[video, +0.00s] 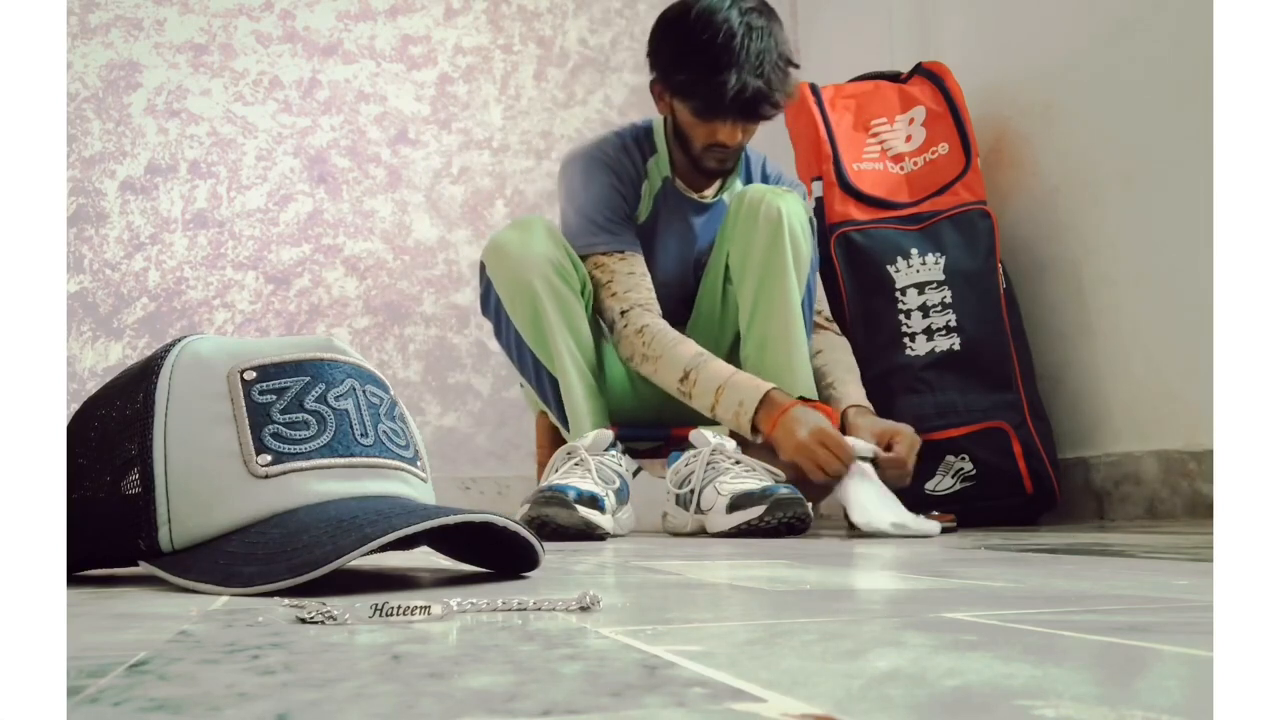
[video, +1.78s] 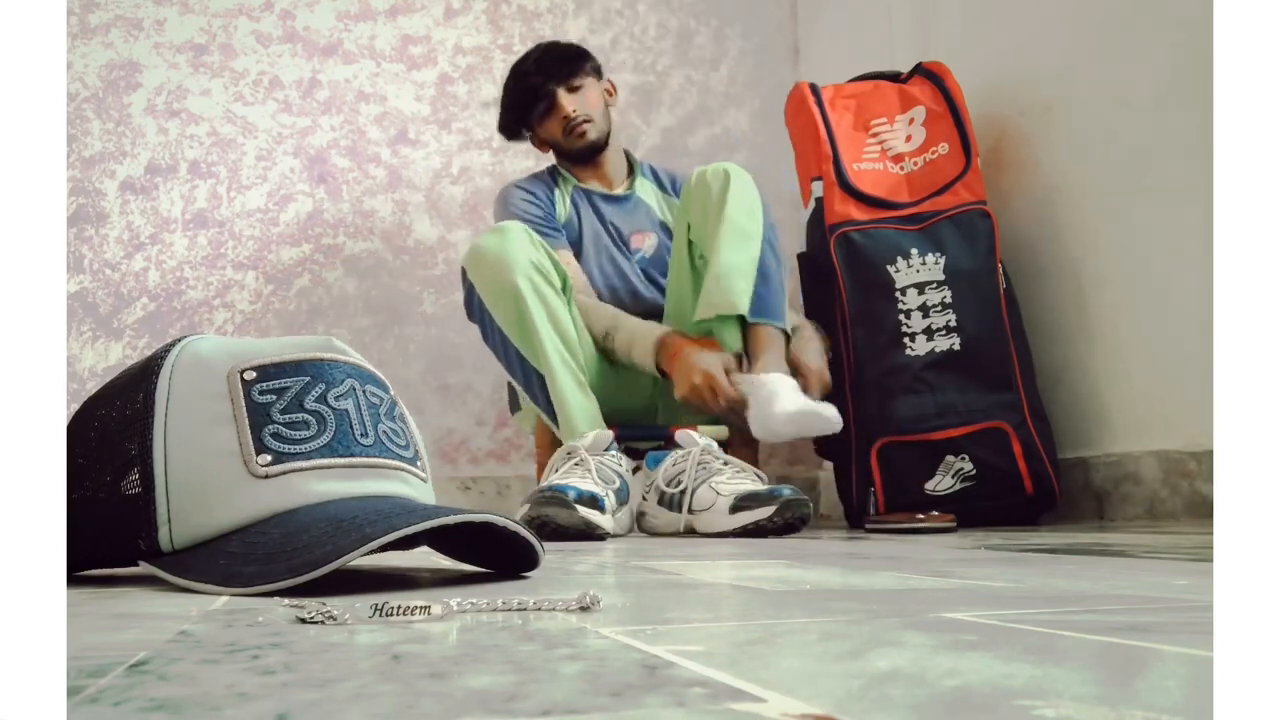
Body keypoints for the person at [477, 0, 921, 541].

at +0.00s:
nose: (730, 138)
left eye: (747, 119)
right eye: (709, 116)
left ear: (766, 106)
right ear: (663, 96)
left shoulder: (774, 189)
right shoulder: (599, 170)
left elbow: (819, 326)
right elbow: (639, 332)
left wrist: (857, 417)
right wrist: (772, 411)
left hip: (717, 388)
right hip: (615, 382)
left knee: (773, 207)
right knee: (518, 243)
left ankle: (723, 457)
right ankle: (591, 454)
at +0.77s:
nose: (690, 99)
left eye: (703, 77)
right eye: (667, 79)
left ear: (719, 79)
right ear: (623, 85)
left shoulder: (745, 187)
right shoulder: (577, 177)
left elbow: (801, 323)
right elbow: (625, 329)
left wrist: (834, 428)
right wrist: (728, 428)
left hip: (707, 383)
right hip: (608, 381)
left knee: (761, 204)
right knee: (511, 248)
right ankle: (592, 455)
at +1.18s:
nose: (626, 90)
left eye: (637, 67)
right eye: (601, 82)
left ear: (663, 75)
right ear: (578, 112)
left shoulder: (710, 188)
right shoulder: (553, 191)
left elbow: (755, 330)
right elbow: (611, 330)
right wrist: (701, 412)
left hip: (697, 379)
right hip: (597, 379)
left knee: (741, 187)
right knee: (496, 253)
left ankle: (720, 460)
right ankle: (591, 460)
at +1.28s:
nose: (613, 91)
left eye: (622, 71)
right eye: (589, 85)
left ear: (647, 81)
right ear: (567, 118)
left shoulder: (703, 190)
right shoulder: (547, 195)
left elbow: (765, 319)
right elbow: (606, 321)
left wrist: (814, 414)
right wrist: (695, 404)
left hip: (694, 379)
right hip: (594, 382)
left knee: (728, 183)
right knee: (491, 254)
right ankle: (586, 461)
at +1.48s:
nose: (597, 105)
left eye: (605, 84)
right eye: (573, 98)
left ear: (630, 95)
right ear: (552, 133)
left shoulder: (690, 192)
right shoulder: (534, 205)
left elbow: (755, 316)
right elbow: (593, 319)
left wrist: (757, 401)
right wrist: (681, 391)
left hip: (688, 375)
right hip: (592, 382)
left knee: (713, 178)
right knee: (482, 254)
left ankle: (755, 390)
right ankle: (585, 458)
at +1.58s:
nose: (588, 109)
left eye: (596, 88)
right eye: (564, 104)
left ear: (623, 96)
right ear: (547, 135)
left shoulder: (689, 193)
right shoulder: (533, 206)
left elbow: (763, 332)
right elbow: (601, 319)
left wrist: (760, 386)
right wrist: (683, 385)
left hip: (684, 378)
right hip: (592, 383)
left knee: (724, 178)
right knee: (482, 254)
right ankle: (582, 459)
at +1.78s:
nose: (567, 109)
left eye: (575, 88)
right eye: (544, 108)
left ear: (609, 92)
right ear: (536, 139)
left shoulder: (680, 191)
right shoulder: (529, 200)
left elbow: (748, 271)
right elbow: (578, 305)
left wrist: (802, 334)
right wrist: (669, 348)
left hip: (688, 380)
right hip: (595, 381)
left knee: (727, 178)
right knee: (494, 249)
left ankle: (765, 373)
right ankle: (591, 454)